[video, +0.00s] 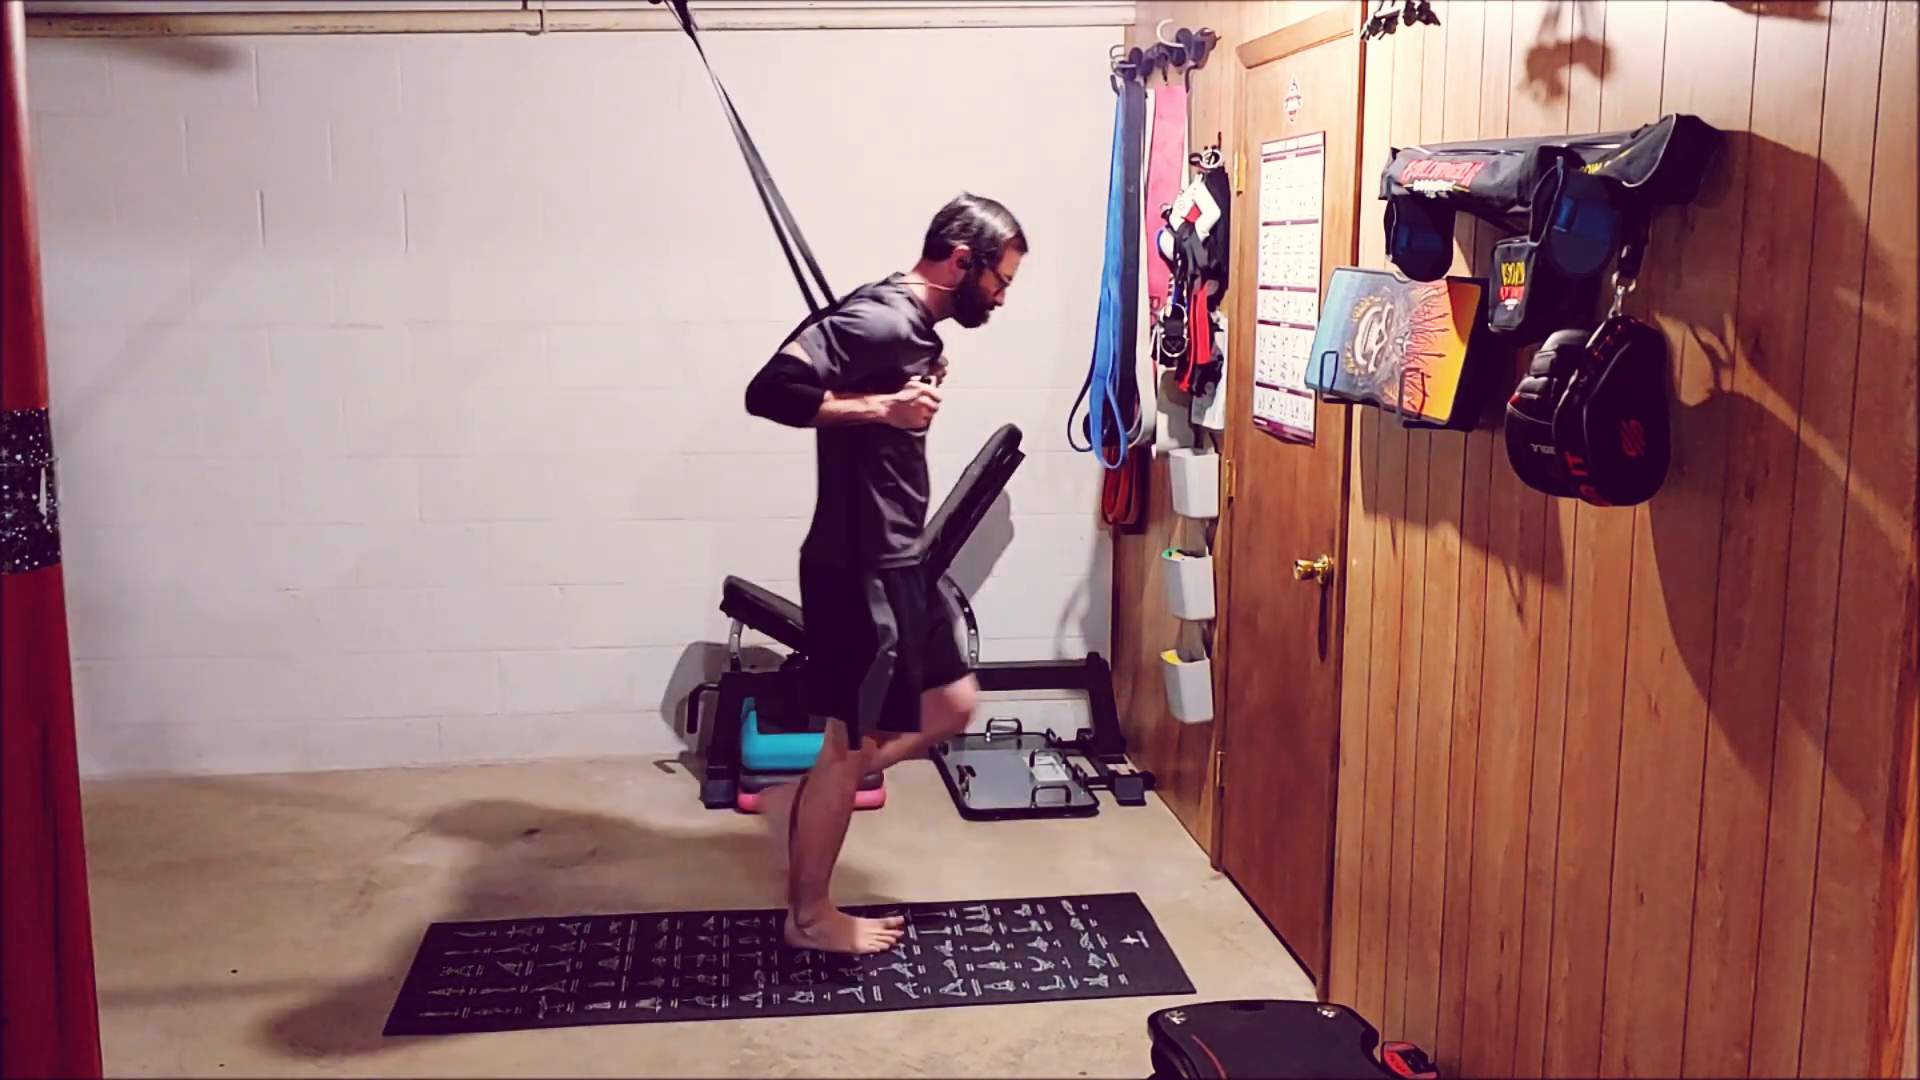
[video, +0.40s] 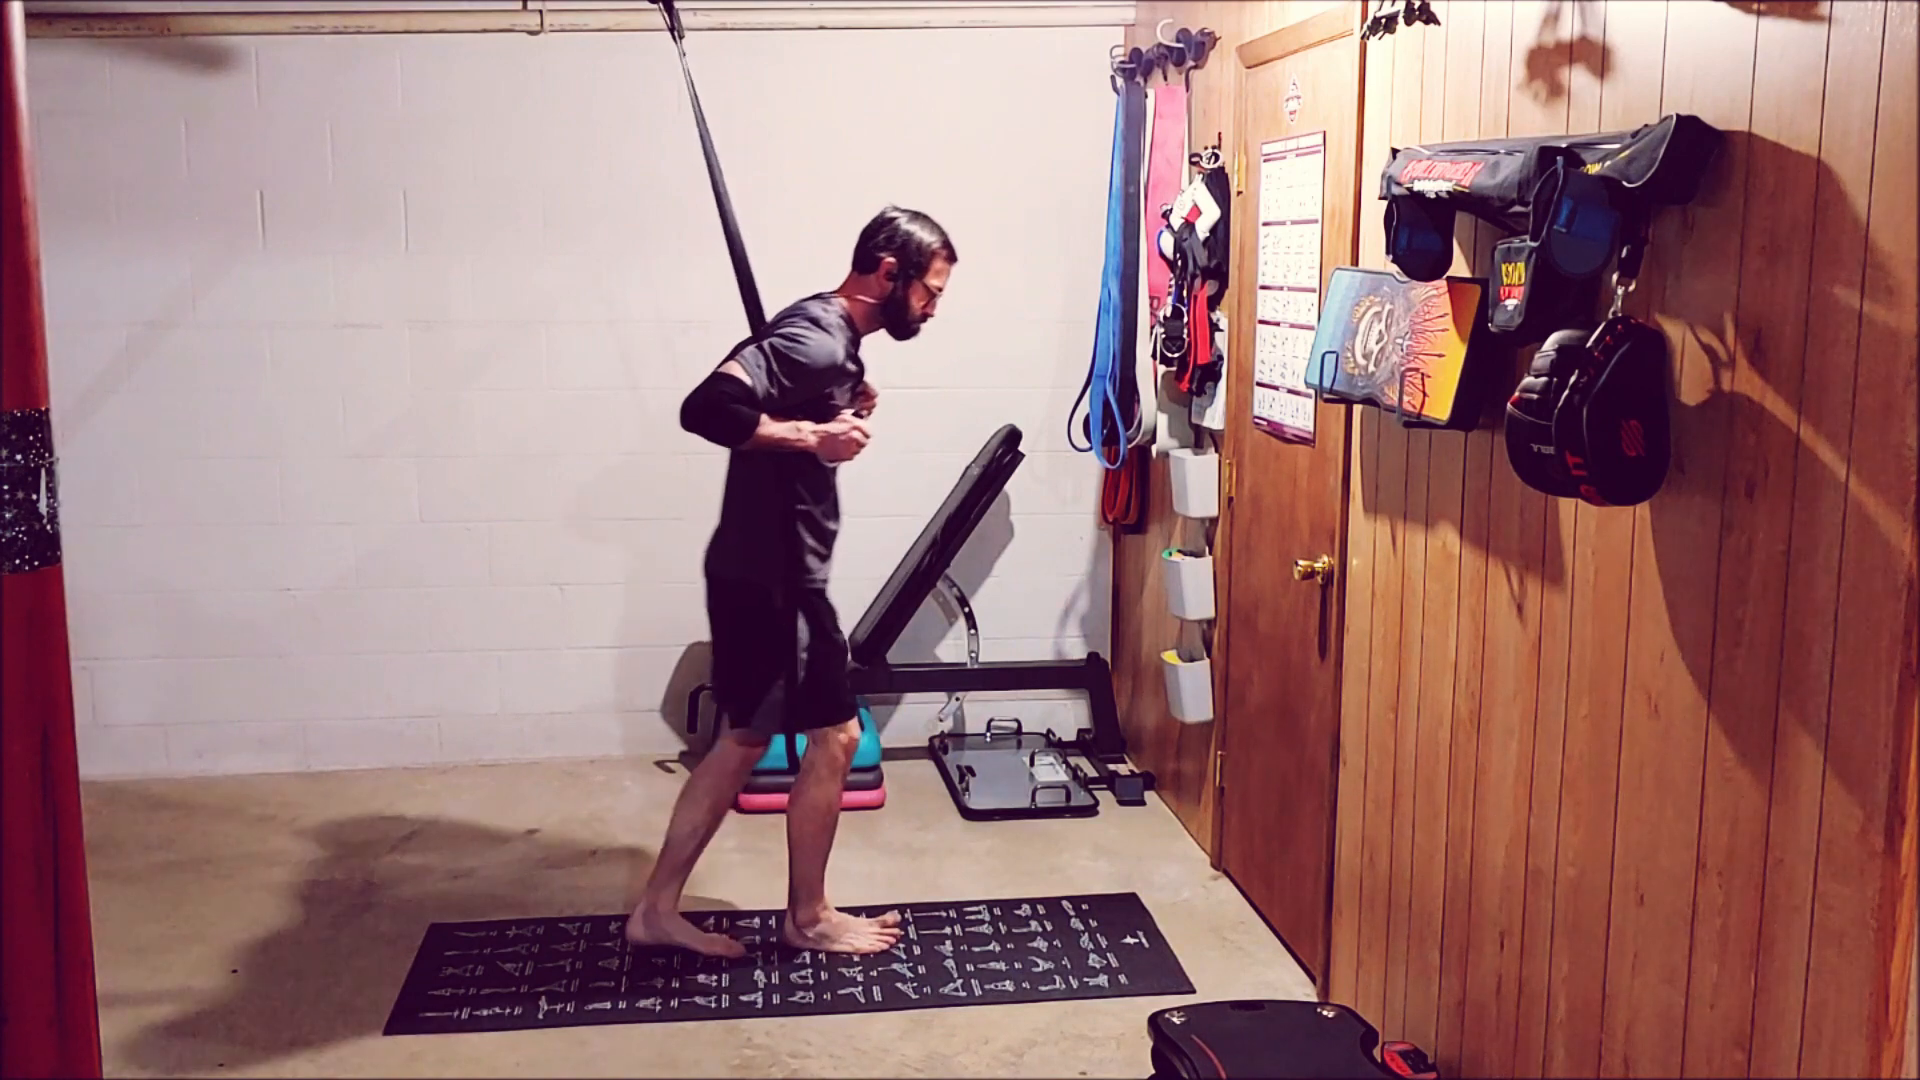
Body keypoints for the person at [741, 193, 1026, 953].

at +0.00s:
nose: (1003, 296)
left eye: (1008, 282)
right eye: (1002, 278)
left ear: (960, 260)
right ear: (959, 259)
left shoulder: (916, 322)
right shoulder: (878, 315)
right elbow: (771, 392)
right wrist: (883, 406)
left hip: (907, 558)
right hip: (859, 565)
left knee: (952, 707)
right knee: (846, 749)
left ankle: (820, 786)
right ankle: (810, 916)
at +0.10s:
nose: (985, 295)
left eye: (991, 281)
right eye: (983, 277)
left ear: (936, 260)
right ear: (938, 258)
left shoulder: (894, 321)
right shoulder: (862, 318)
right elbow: (757, 399)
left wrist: (903, 377)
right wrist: (867, 414)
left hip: (872, 558)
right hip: (839, 563)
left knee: (886, 722)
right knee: (843, 740)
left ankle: (732, 834)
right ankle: (810, 915)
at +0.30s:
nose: (953, 298)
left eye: (958, 284)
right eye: (949, 281)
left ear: (899, 266)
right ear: (902, 264)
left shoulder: (851, 327)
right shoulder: (832, 326)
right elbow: (726, 405)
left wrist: (867, 395)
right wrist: (834, 428)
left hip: (794, 568)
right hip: (804, 573)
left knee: (773, 737)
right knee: (834, 747)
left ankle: (668, 893)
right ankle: (809, 917)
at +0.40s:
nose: (934, 307)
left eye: (940, 292)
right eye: (931, 289)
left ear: (883, 274)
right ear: (885, 271)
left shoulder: (834, 333)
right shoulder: (811, 332)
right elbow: (707, 408)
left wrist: (843, 399)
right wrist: (814, 437)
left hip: (770, 565)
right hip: (777, 571)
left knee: (744, 738)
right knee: (835, 740)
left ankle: (655, 911)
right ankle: (810, 917)